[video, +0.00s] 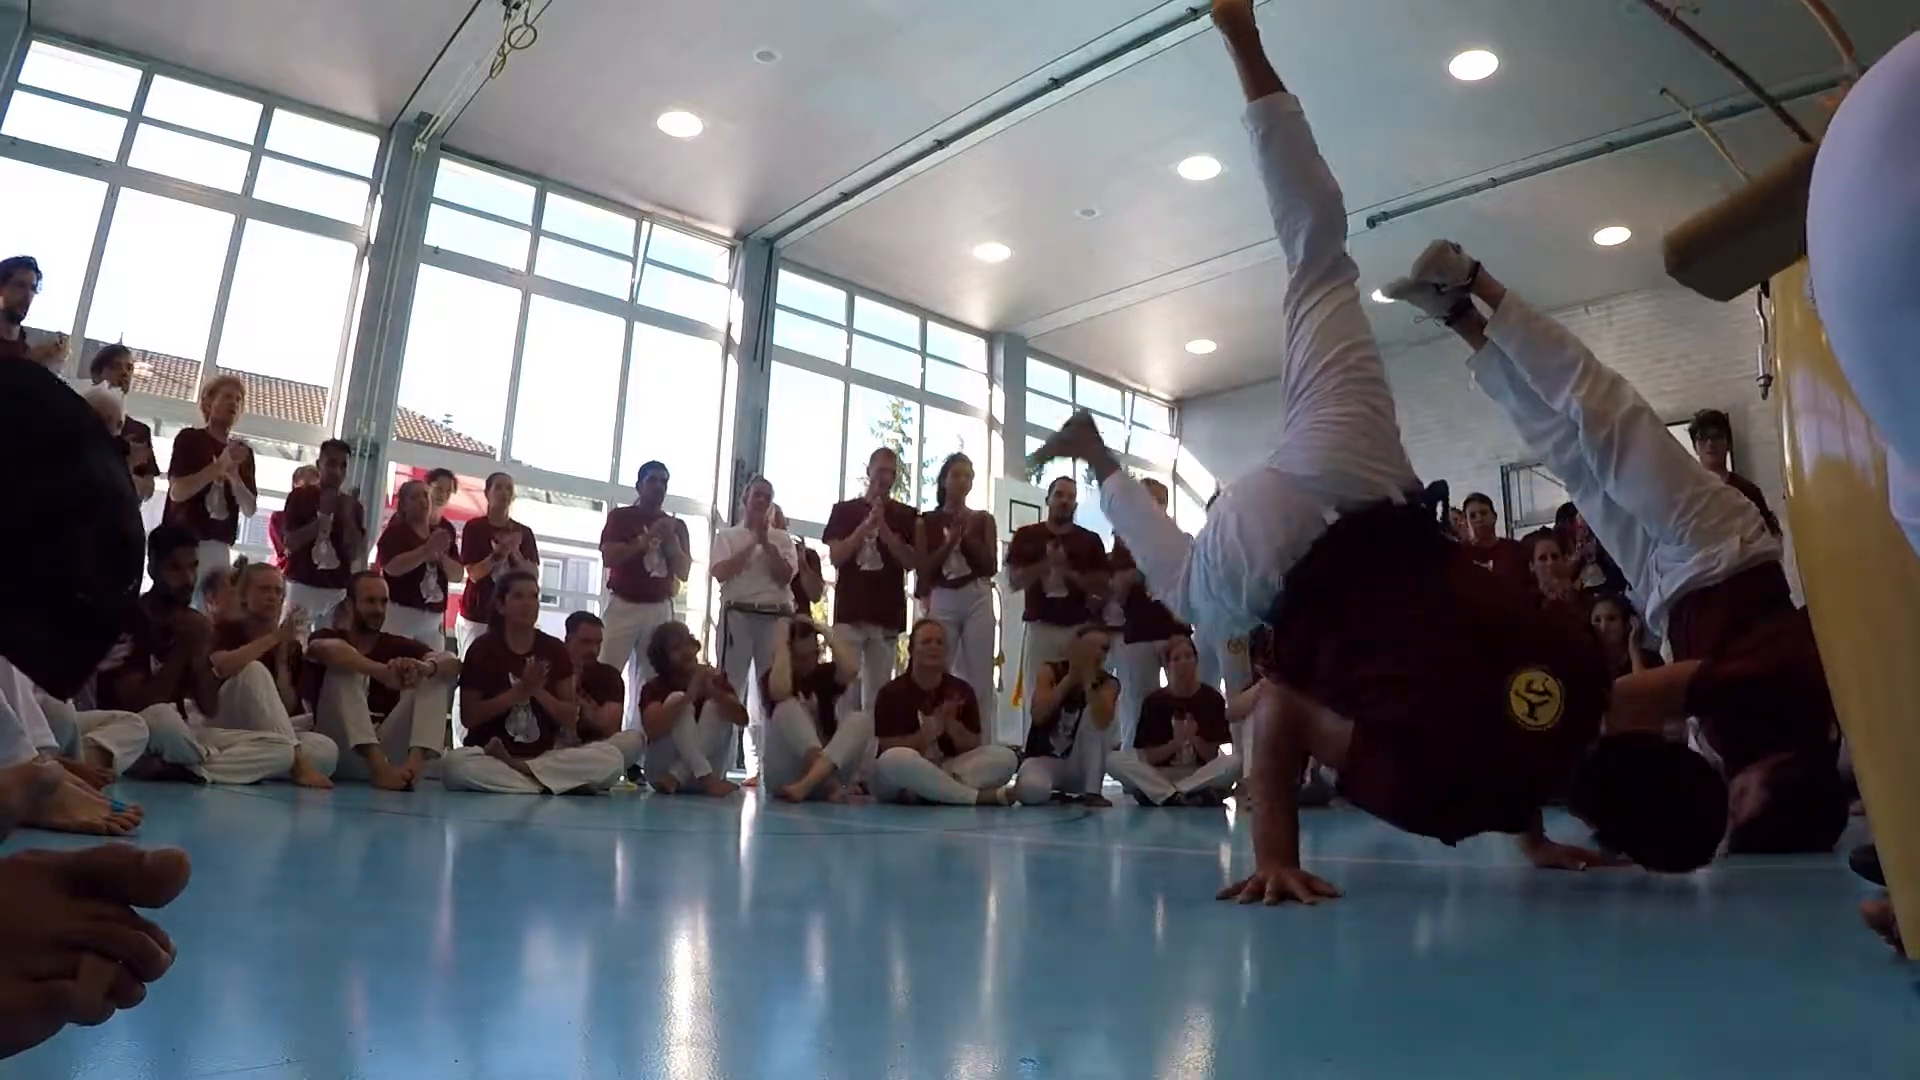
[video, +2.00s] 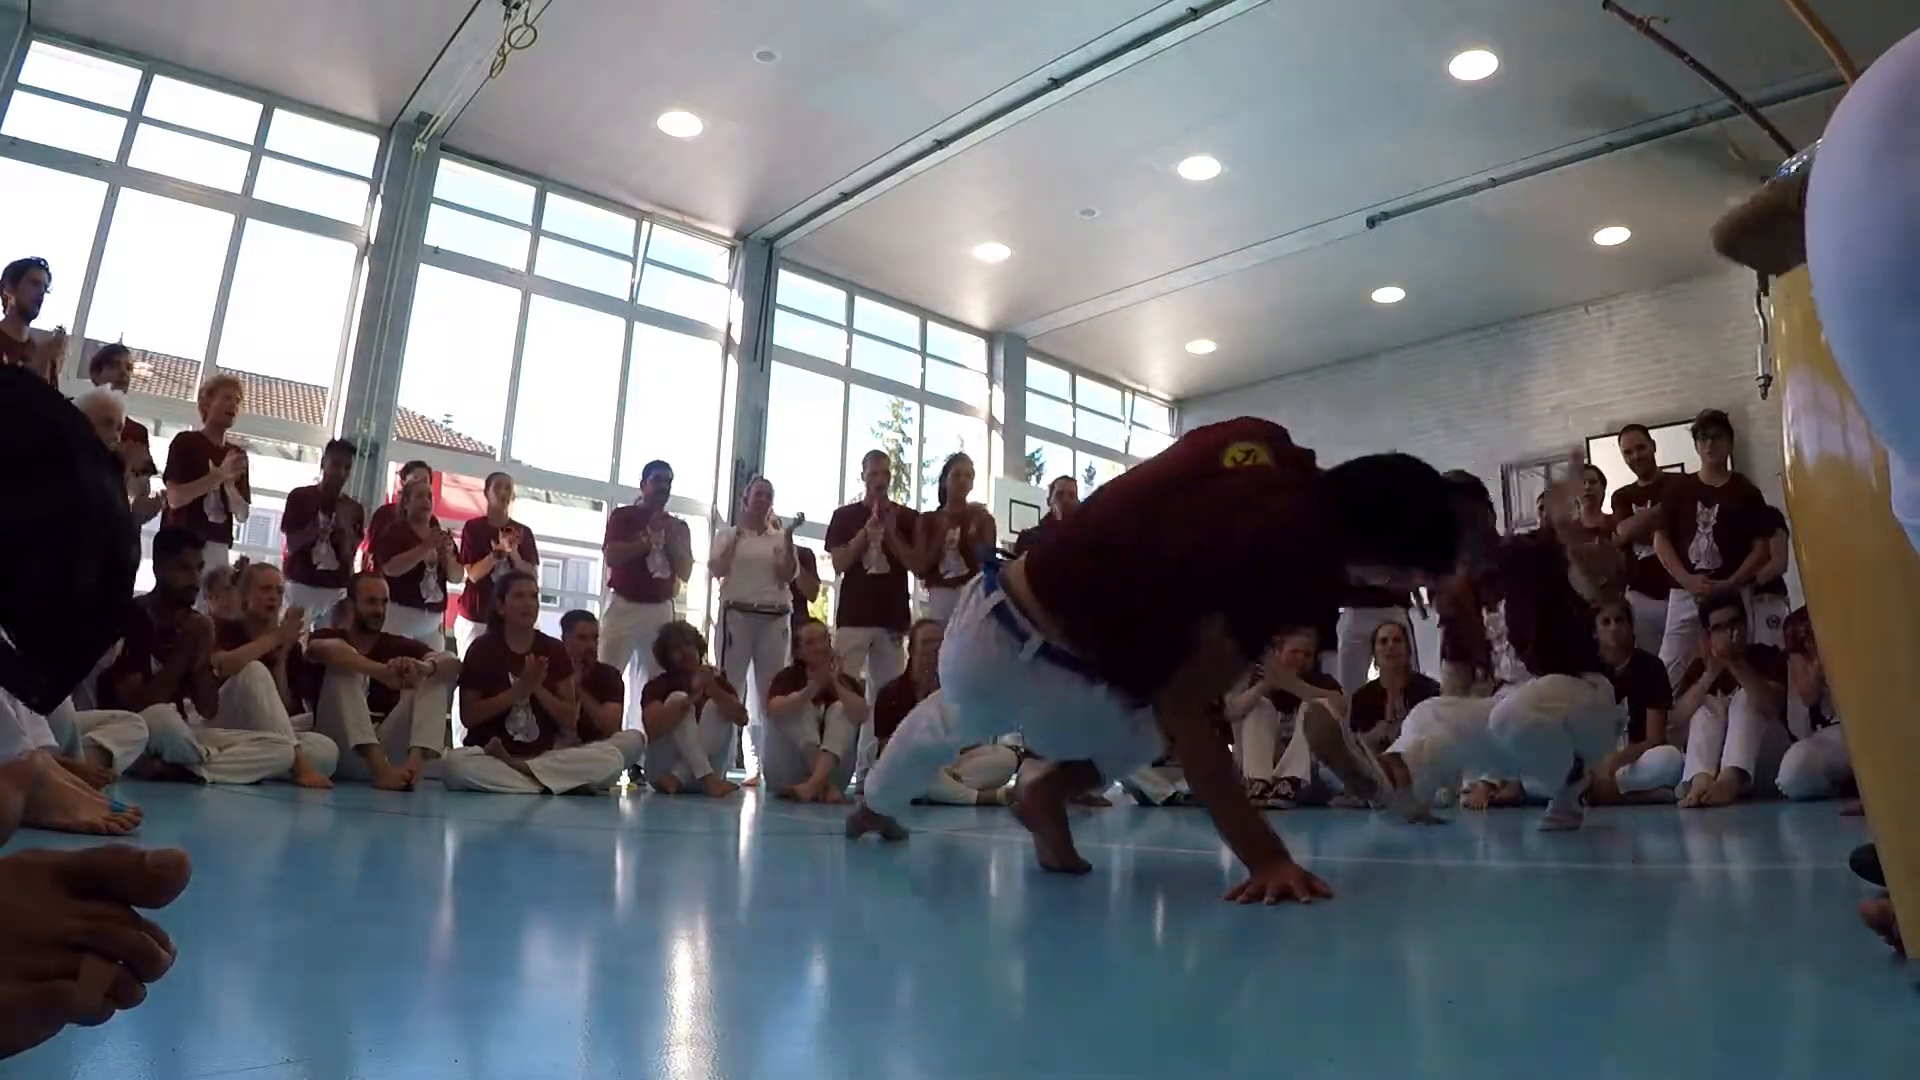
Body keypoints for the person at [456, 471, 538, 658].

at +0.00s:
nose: (504, 493)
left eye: (509, 489)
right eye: (498, 487)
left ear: (513, 495)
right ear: (487, 492)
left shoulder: (524, 533)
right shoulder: (474, 527)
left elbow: (533, 574)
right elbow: (474, 574)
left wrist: (515, 554)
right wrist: (497, 554)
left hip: (511, 619)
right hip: (475, 616)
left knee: (505, 680)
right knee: (471, 680)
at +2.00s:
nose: (503, 493)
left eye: (507, 488)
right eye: (497, 488)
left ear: (512, 495)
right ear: (486, 493)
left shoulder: (523, 532)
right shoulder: (473, 527)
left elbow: (531, 574)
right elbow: (473, 575)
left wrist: (514, 553)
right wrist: (496, 553)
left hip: (509, 621)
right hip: (474, 617)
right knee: (471, 679)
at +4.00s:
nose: (508, 497)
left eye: (512, 493)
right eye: (503, 491)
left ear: (515, 498)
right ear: (489, 493)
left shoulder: (521, 531)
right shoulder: (472, 527)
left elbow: (531, 573)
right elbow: (471, 573)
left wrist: (518, 545)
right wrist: (494, 553)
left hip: (510, 622)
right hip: (475, 617)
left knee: (505, 684)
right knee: (470, 684)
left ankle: (497, 743)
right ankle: (462, 745)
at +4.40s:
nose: (511, 499)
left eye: (514, 494)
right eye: (507, 492)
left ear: (515, 499)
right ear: (491, 493)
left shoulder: (522, 533)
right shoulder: (472, 528)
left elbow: (531, 575)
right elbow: (471, 574)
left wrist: (516, 545)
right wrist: (494, 552)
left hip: (509, 621)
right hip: (473, 618)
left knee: (504, 683)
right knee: (469, 683)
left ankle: (497, 742)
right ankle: (462, 745)